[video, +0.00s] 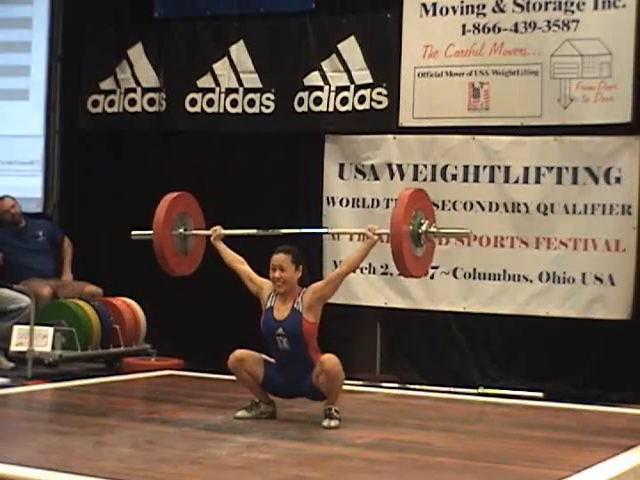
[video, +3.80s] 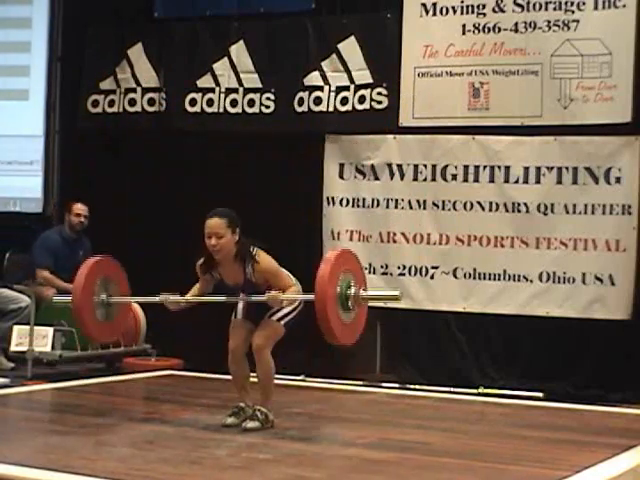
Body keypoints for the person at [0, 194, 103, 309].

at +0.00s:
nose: (13, 212)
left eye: (13, 207)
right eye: (6, 212)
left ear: (19, 205)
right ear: (2, 218)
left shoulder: (41, 225)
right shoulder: (4, 235)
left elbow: (66, 242)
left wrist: (67, 273)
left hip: (53, 279)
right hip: (24, 281)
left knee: (95, 292)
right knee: (45, 293)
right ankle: (34, 337)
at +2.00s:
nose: (14, 211)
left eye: (16, 205)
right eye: (8, 209)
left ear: (21, 205)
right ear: (2, 215)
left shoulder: (41, 225)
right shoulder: (4, 234)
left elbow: (66, 242)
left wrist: (67, 273)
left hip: (54, 279)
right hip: (25, 281)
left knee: (95, 292)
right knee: (45, 293)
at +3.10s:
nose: (34, 206)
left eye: (37, 203)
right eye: (29, 203)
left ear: (41, 205)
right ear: (21, 205)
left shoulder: (49, 230)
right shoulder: (10, 229)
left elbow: (67, 252)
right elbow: (1, 246)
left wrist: (69, 259)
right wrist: (14, 252)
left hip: (52, 279)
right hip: (25, 279)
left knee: (93, 292)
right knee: (45, 293)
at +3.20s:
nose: (39, 206)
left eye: (42, 203)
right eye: (34, 203)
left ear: (47, 206)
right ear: (26, 205)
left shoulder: (52, 232)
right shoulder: (14, 230)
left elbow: (63, 267)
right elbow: (3, 252)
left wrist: (71, 263)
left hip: (52, 279)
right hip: (25, 279)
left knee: (93, 292)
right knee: (45, 293)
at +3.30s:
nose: (45, 206)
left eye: (48, 203)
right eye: (40, 202)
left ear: (52, 207)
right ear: (32, 205)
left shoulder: (53, 231)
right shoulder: (20, 231)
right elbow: (17, 265)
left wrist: (68, 265)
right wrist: (53, 265)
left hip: (56, 279)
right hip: (30, 280)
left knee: (92, 291)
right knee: (45, 292)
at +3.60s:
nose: (66, 211)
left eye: (69, 208)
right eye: (61, 207)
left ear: (72, 212)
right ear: (52, 209)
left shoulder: (70, 237)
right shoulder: (36, 233)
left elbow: (77, 266)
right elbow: (32, 271)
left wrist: (77, 273)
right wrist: (66, 278)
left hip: (61, 279)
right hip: (37, 279)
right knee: (48, 291)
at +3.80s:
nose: (82, 220)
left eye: (85, 217)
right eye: (77, 216)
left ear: (88, 220)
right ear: (67, 216)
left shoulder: (84, 243)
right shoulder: (48, 239)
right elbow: (41, 275)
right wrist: (71, 288)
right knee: (49, 293)